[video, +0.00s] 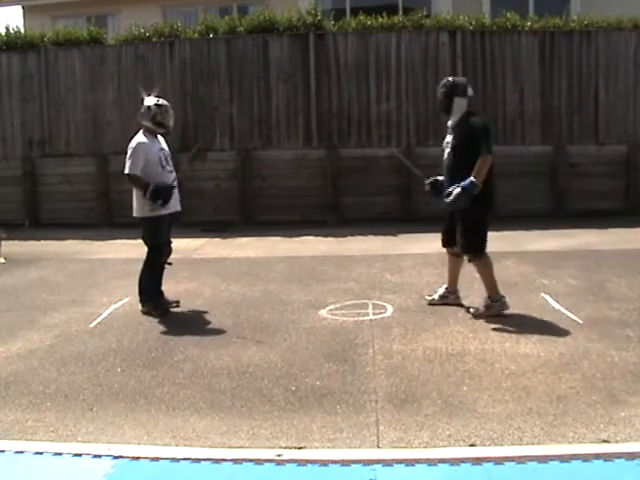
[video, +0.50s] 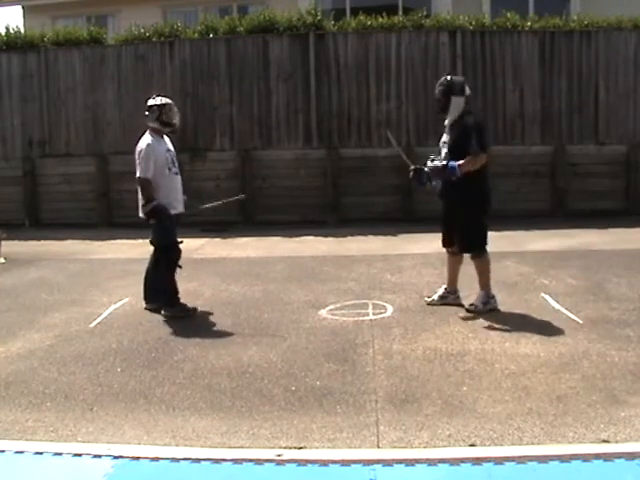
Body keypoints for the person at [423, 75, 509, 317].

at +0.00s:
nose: (441, 102)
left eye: (445, 97)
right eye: (441, 97)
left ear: (458, 99)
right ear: (456, 99)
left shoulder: (476, 126)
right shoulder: (453, 127)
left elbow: (486, 157)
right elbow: (457, 162)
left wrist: (470, 185)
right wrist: (444, 181)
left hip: (475, 196)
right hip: (456, 195)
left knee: (473, 248)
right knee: (452, 244)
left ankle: (495, 298)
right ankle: (451, 290)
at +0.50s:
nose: (439, 103)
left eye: (443, 97)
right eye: (440, 97)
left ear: (456, 98)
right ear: (450, 99)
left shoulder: (472, 124)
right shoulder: (450, 125)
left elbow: (480, 157)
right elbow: (447, 157)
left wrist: (451, 169)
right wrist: (427, 171)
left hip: (472, 197)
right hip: (453, 196)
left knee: (476, 246)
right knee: (452, 244)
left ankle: (486, 294)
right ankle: (450, 290)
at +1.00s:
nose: (447, 101)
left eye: (452, 96)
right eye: (447, 96)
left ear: (467, 98)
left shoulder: (481, 124)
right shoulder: (456, 123)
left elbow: (484, 161)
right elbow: (448, 151)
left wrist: (451, 165)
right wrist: (433, 157)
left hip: (478, 200)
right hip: (457, 197)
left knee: (479, 247)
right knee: (444, 241)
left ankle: (486, 295)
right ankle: (436, 287)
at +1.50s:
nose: (422, 100)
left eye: (426, 97)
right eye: (424, 97)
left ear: (437, 101)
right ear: (443, 101)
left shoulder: (443, 127)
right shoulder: (446, 120)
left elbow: (438, 164)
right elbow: (426, 98)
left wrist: (414, 165)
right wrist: (403, 102)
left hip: (441, 193)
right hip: (435, 191)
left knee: (439, 243)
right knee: (432, 242)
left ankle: (474, 286)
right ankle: (432, 289)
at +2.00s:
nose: (419, 100)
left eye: (423, 96)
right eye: (420, 96)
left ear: (433, 100)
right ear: (440, 100)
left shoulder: (439, 127)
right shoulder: (443, 120)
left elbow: (430, 164)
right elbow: (429, 93)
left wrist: (407, 158)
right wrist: (407, 82)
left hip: (436, 194)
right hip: (431, 192)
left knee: (439, 243)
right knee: (428, 241)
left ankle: (474, 285)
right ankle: (431, 289)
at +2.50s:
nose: (438, 101)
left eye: (443, 96)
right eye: (438, 96)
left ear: (456, 99)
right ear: (448, 100)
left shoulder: (472, 125)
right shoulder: (448, 126)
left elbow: (467, 155)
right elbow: (437, 159)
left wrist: (440, 143)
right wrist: (422, 183)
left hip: (474, 198)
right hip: (453, 197)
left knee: (479, 247)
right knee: (444, 242)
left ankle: (486, 295)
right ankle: (438, 290)